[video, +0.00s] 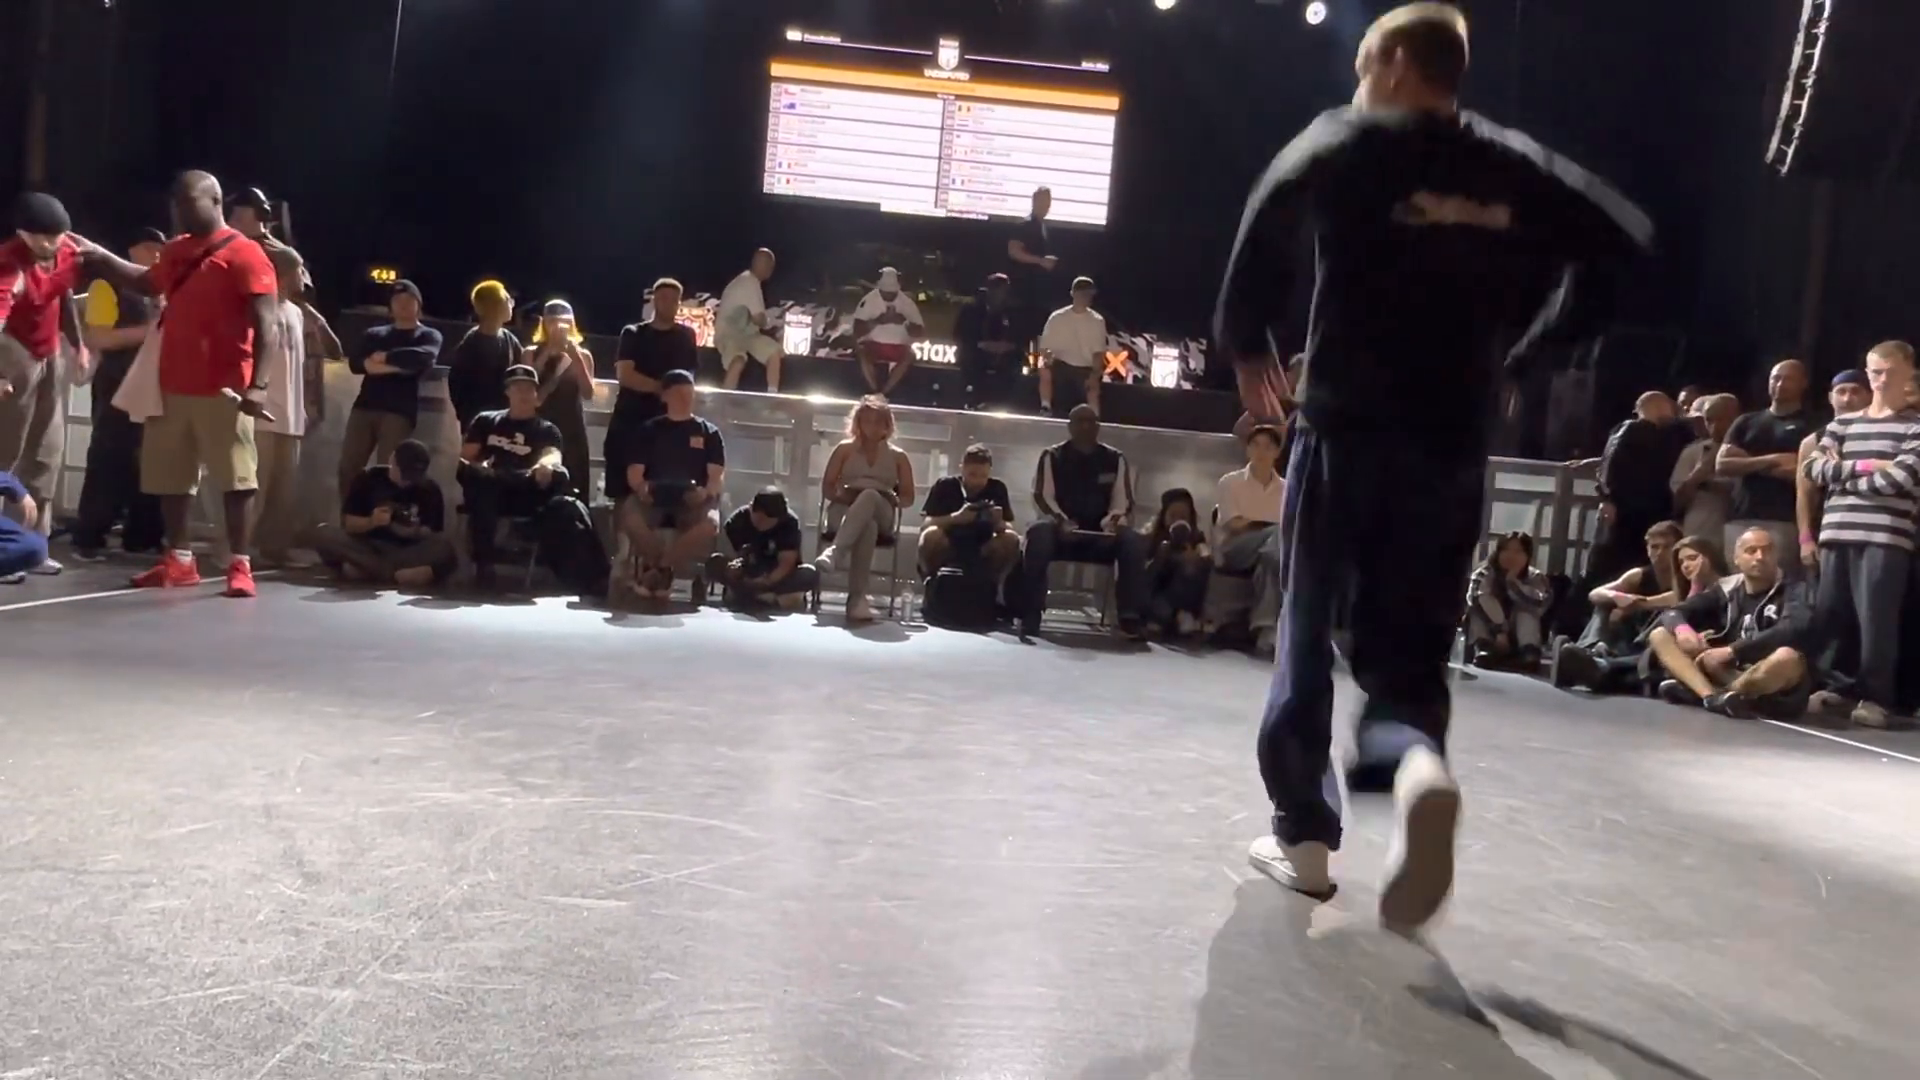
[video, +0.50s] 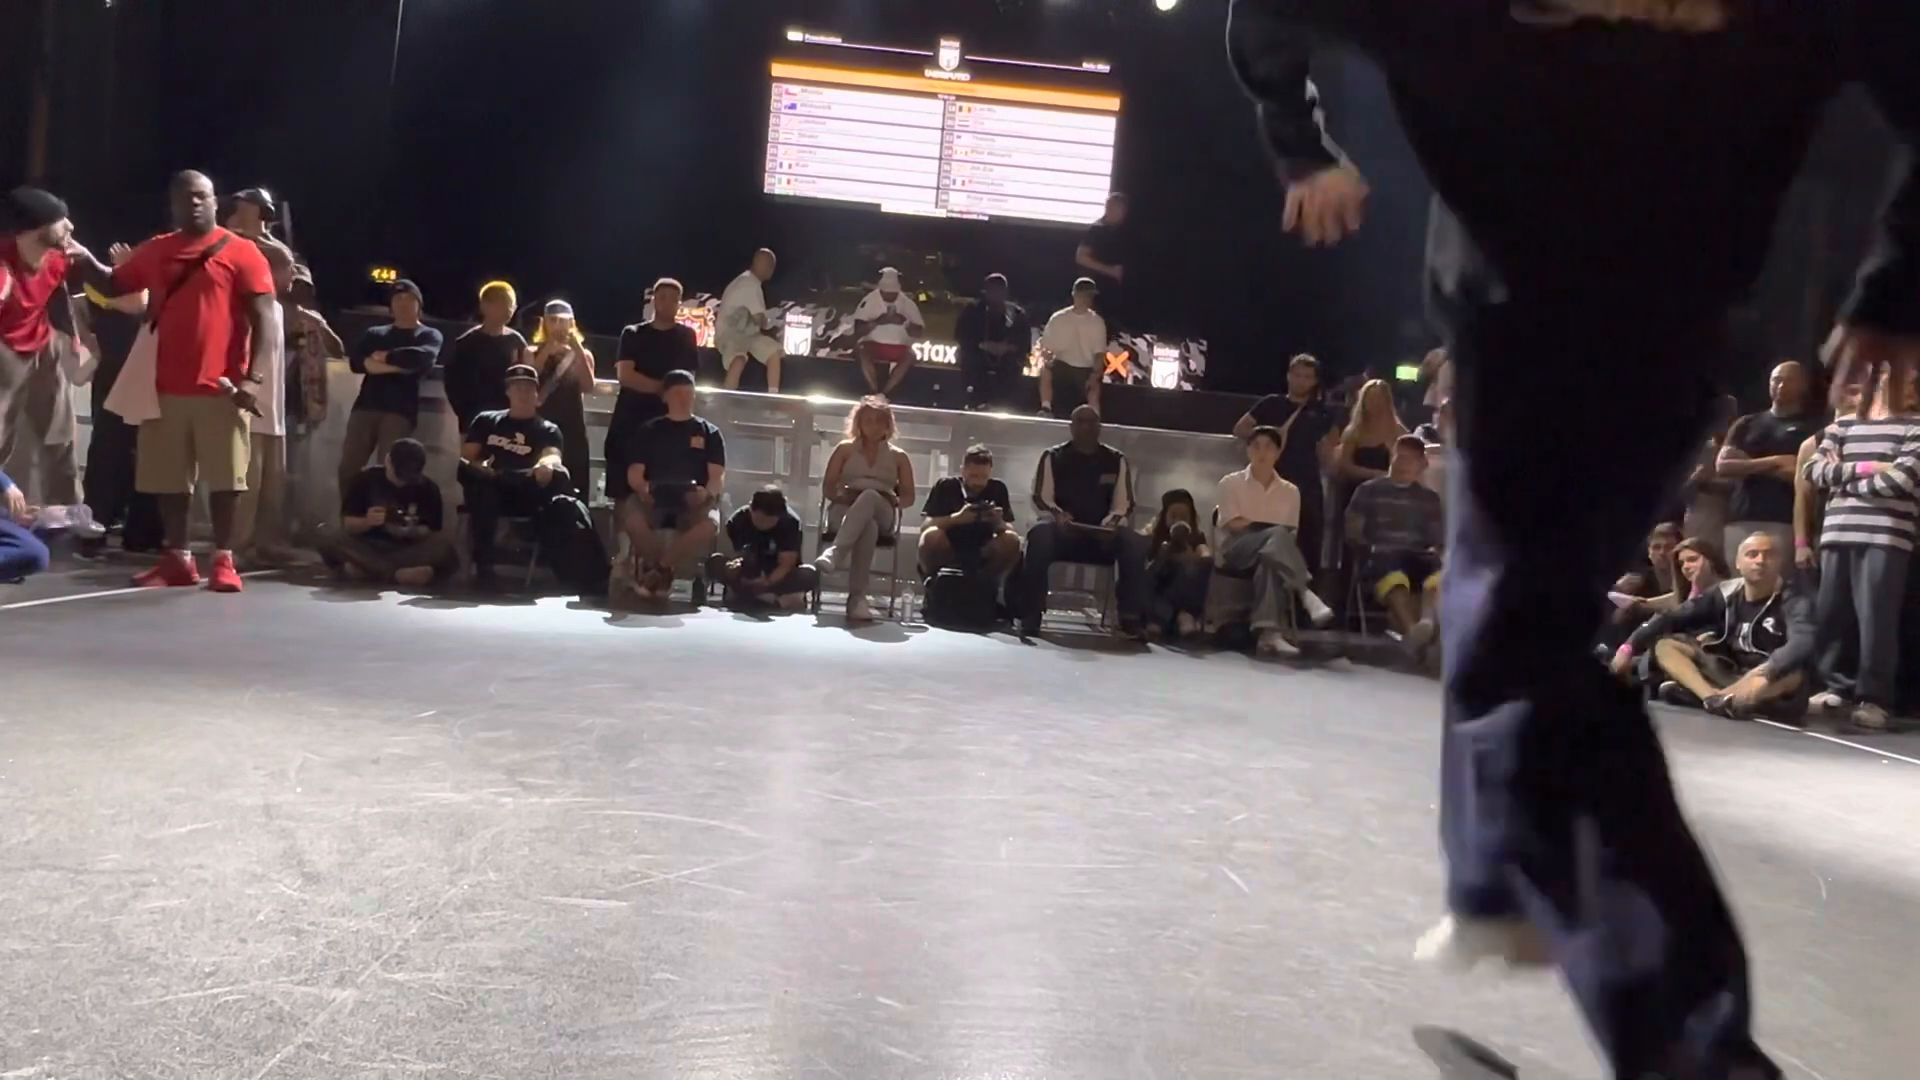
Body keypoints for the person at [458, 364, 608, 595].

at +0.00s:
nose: (525, 394)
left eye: (529, 389)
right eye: (519, 389)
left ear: (537, 394)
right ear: (507, 392)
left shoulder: (547, 429)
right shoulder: (486, 421)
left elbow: (552, 454)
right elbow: (464, 460)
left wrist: (546, 464)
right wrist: (480, 468)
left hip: (530, 490)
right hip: (493, 487)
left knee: (568, 507)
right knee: (478, 483)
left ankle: (594, 582)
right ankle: (484, 567)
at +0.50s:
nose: (524, 394)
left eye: (529, 389)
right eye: (519, 388)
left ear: (537, 394)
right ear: (508, 391)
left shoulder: (548, 430)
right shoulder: (486, 421)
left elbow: (552, 456)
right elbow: (466, 460)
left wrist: (546, 465)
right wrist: (486, 471)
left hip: (529, 488)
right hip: (493, 486)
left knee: (557, 478)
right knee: (480, 487)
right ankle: (484, 566)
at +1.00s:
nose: (523, 394)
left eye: (528, 389)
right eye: (518, 388)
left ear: (537, 395)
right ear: (507, 391)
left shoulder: (548, 430)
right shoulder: (486, 421)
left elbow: (553, 458)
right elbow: (466, 461)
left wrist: (548, 467)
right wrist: (488, 471)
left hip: (530, 490)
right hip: (493, 487)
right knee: (482, 492)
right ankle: (485, 568)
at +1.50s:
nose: (520, 400)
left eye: (525, 395)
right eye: (515, 394)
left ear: (534, 400)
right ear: (504, 398)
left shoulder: (546, 436)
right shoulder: (483, 427)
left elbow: (548, 467)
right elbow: (462, 467)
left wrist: (545, 473)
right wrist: (478, 475)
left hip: (527, 494)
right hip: (491, 493)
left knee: (556, 484)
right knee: (477, 494)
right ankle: (481, 575)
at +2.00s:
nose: (511, 406)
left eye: (516, 401)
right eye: (505, 401)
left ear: (524, 407)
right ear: (495, 405)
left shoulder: (537, 443)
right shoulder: (474, 434)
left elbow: (540, 469)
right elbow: (455, 476)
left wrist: (536, 479)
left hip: (519, 499)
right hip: (483, 499)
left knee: (547, 491)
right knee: (466, 497)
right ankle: (473, 582)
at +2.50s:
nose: (497, 416)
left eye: (501, 411)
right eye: (491, 410)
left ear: (511, 416)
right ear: (481, 415)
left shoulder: (525, 453)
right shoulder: (460, 445)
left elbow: (526, 483)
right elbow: (442, 484)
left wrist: (521, 488)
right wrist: (457, 492)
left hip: (505, 506)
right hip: (471, 505)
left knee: (535, 498)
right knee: (454, 512)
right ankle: (463, 593)